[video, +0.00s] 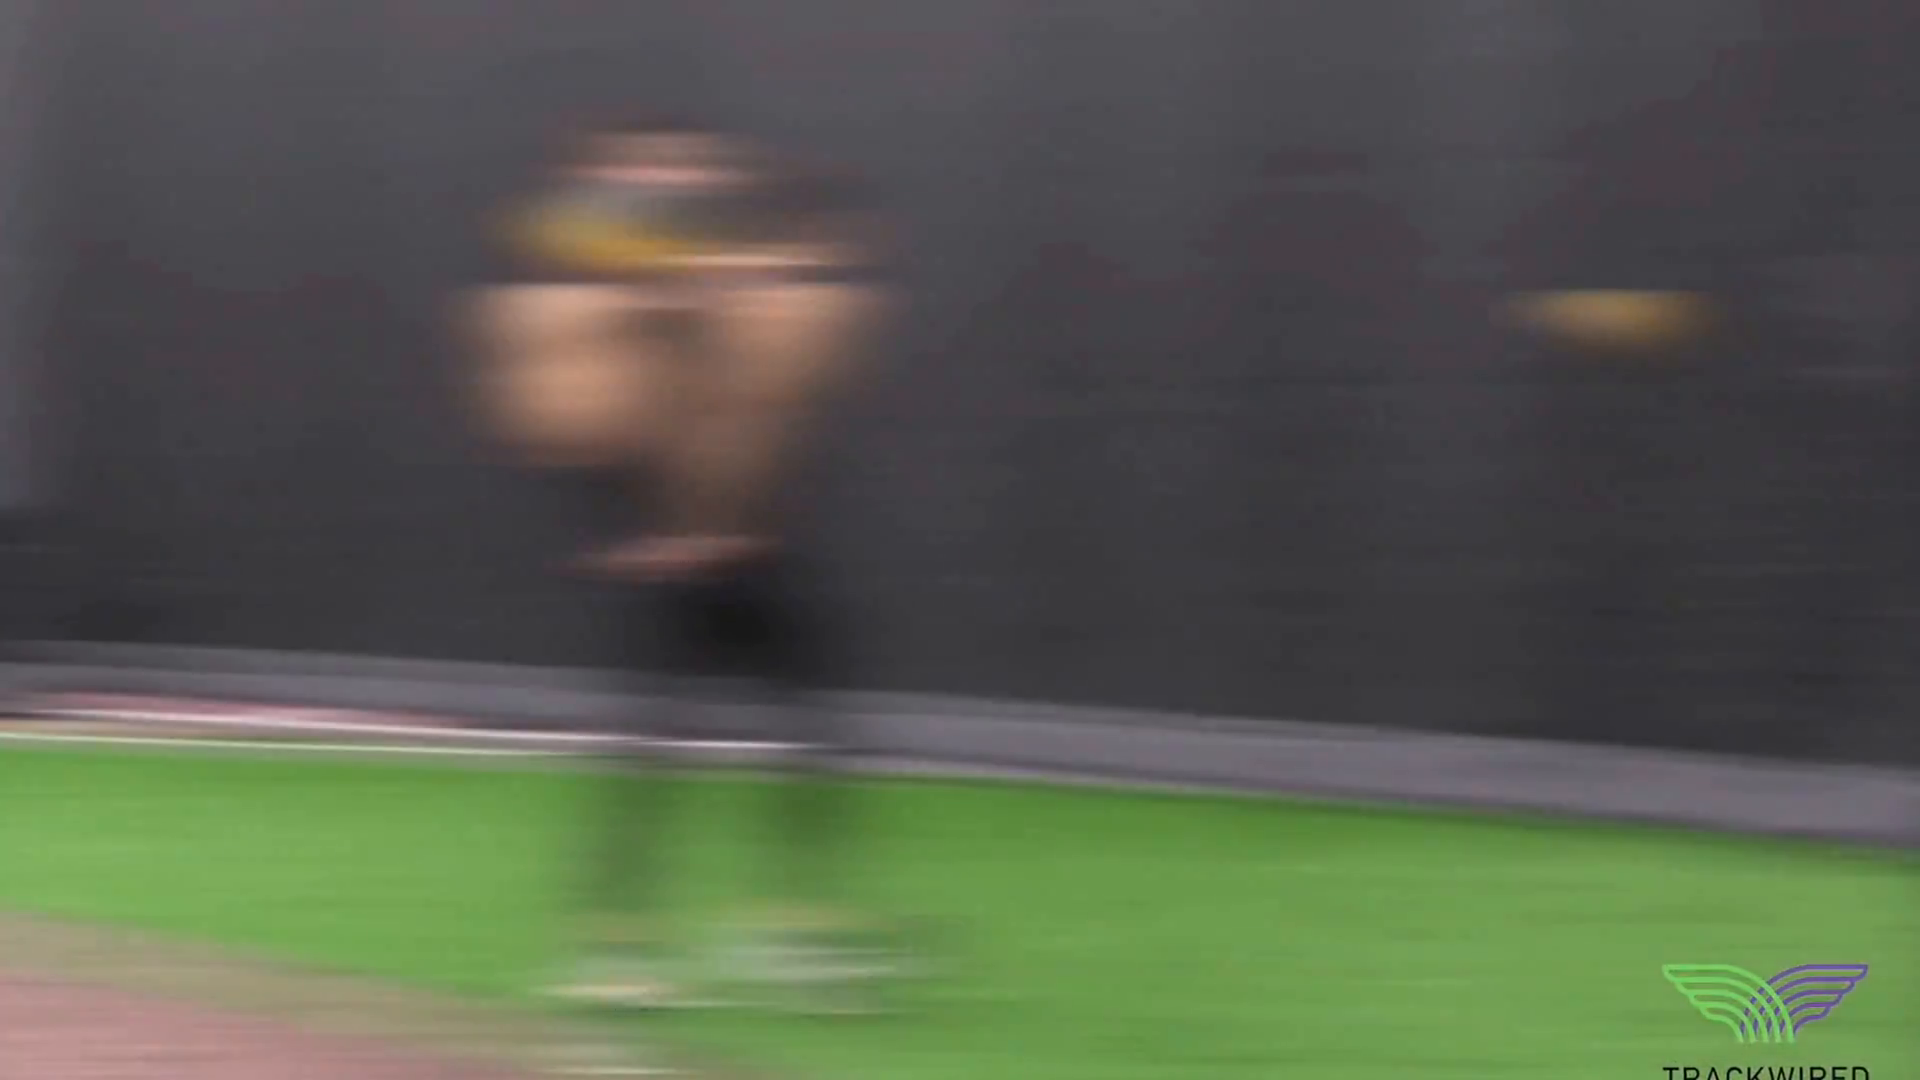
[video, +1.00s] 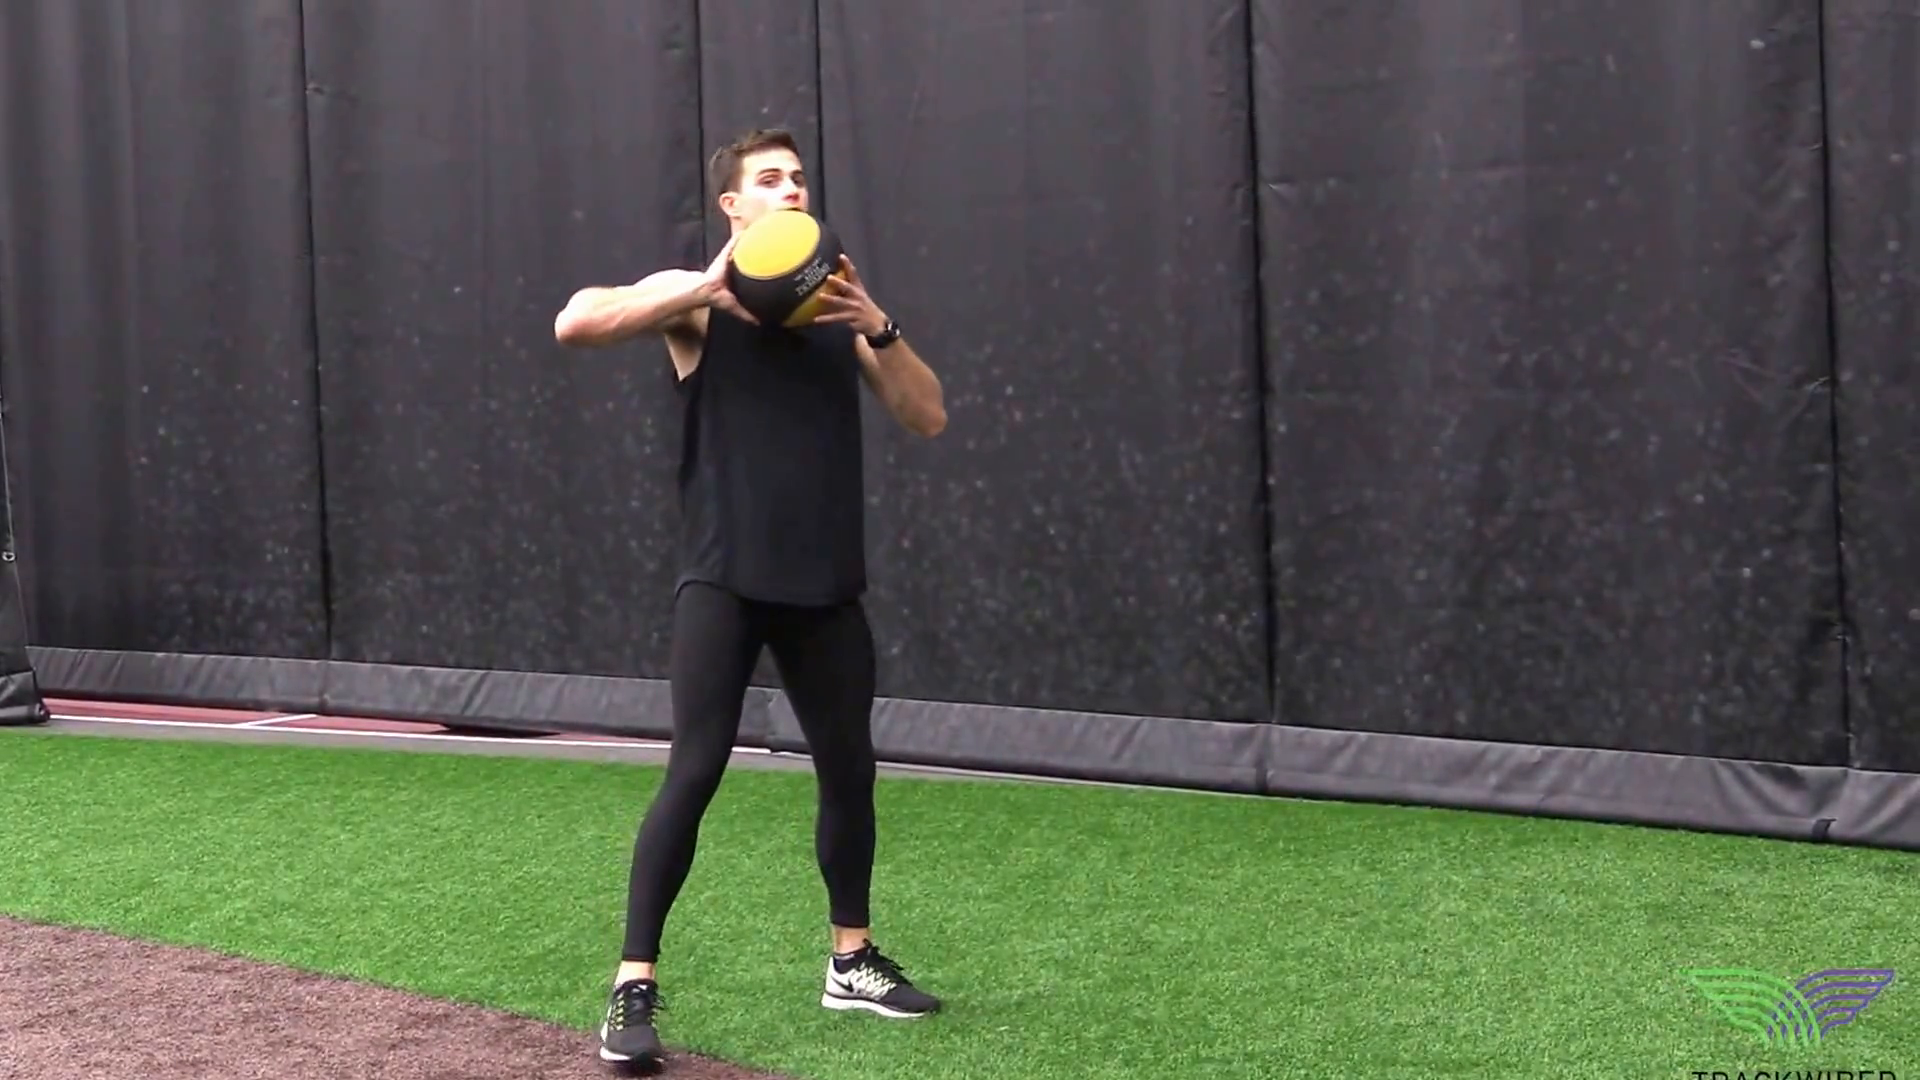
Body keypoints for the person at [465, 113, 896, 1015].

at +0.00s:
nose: (663, 208)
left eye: (686, 189)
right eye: (637, 192)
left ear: (724, 188)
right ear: (596, 196)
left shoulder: (767, 263)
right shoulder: (582, 277)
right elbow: (553, 407)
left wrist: (720, 513)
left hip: (755, 537)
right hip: (641, 535)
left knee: (812, 717)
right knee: (640, 733)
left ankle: (801, 915)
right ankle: (618, 930)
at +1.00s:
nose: (790, 189)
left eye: (798, 177)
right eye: (770, 178)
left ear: (811, 197)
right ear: (729, 202)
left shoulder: (839, 301)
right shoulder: (694, 291)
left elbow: (930, 417)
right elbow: (572, 323)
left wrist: (880, 332)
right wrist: (696, 294)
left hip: (823, 578)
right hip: (721, 574)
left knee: (850, 768)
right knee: (695, 767)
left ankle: (851, 961)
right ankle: (635, 982)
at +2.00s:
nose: (551, 257)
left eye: (554, 239)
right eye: (529, 246)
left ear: (562, 246)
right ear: (480, 265)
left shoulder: (608, 333)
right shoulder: (442, 338)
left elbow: (696, 449)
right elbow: (287, 354)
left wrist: (612, 397)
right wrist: (400, 362)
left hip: (592, 604)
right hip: (484, 604)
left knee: (648, 775)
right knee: (449, 782)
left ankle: (682, 962)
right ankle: (378, 994)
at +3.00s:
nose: (407, 454)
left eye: (405, 434)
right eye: (384, 453)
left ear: (408, 414)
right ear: (331, 465)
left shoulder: (462, 474)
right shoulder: (288, 484)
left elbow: (556, 589)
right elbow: (135, 486)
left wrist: (449, 593)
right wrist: (240, 539)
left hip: (516, 639)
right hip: (402, 663)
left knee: (628, 781)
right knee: (395, 806)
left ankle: (699, 929)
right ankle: (373, 1013)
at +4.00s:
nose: (502, 248)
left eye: (493, 237)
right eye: (488, 243)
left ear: (460, 280)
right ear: (462, 277)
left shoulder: (522, 334)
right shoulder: (447, 378)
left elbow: (627, 338)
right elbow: (430, 448)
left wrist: (607, 294)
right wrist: (530, 347)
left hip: (573, 618)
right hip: (529, 627)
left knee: (665, 763)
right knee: (550, 810)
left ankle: (662, 963)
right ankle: (395, 985)